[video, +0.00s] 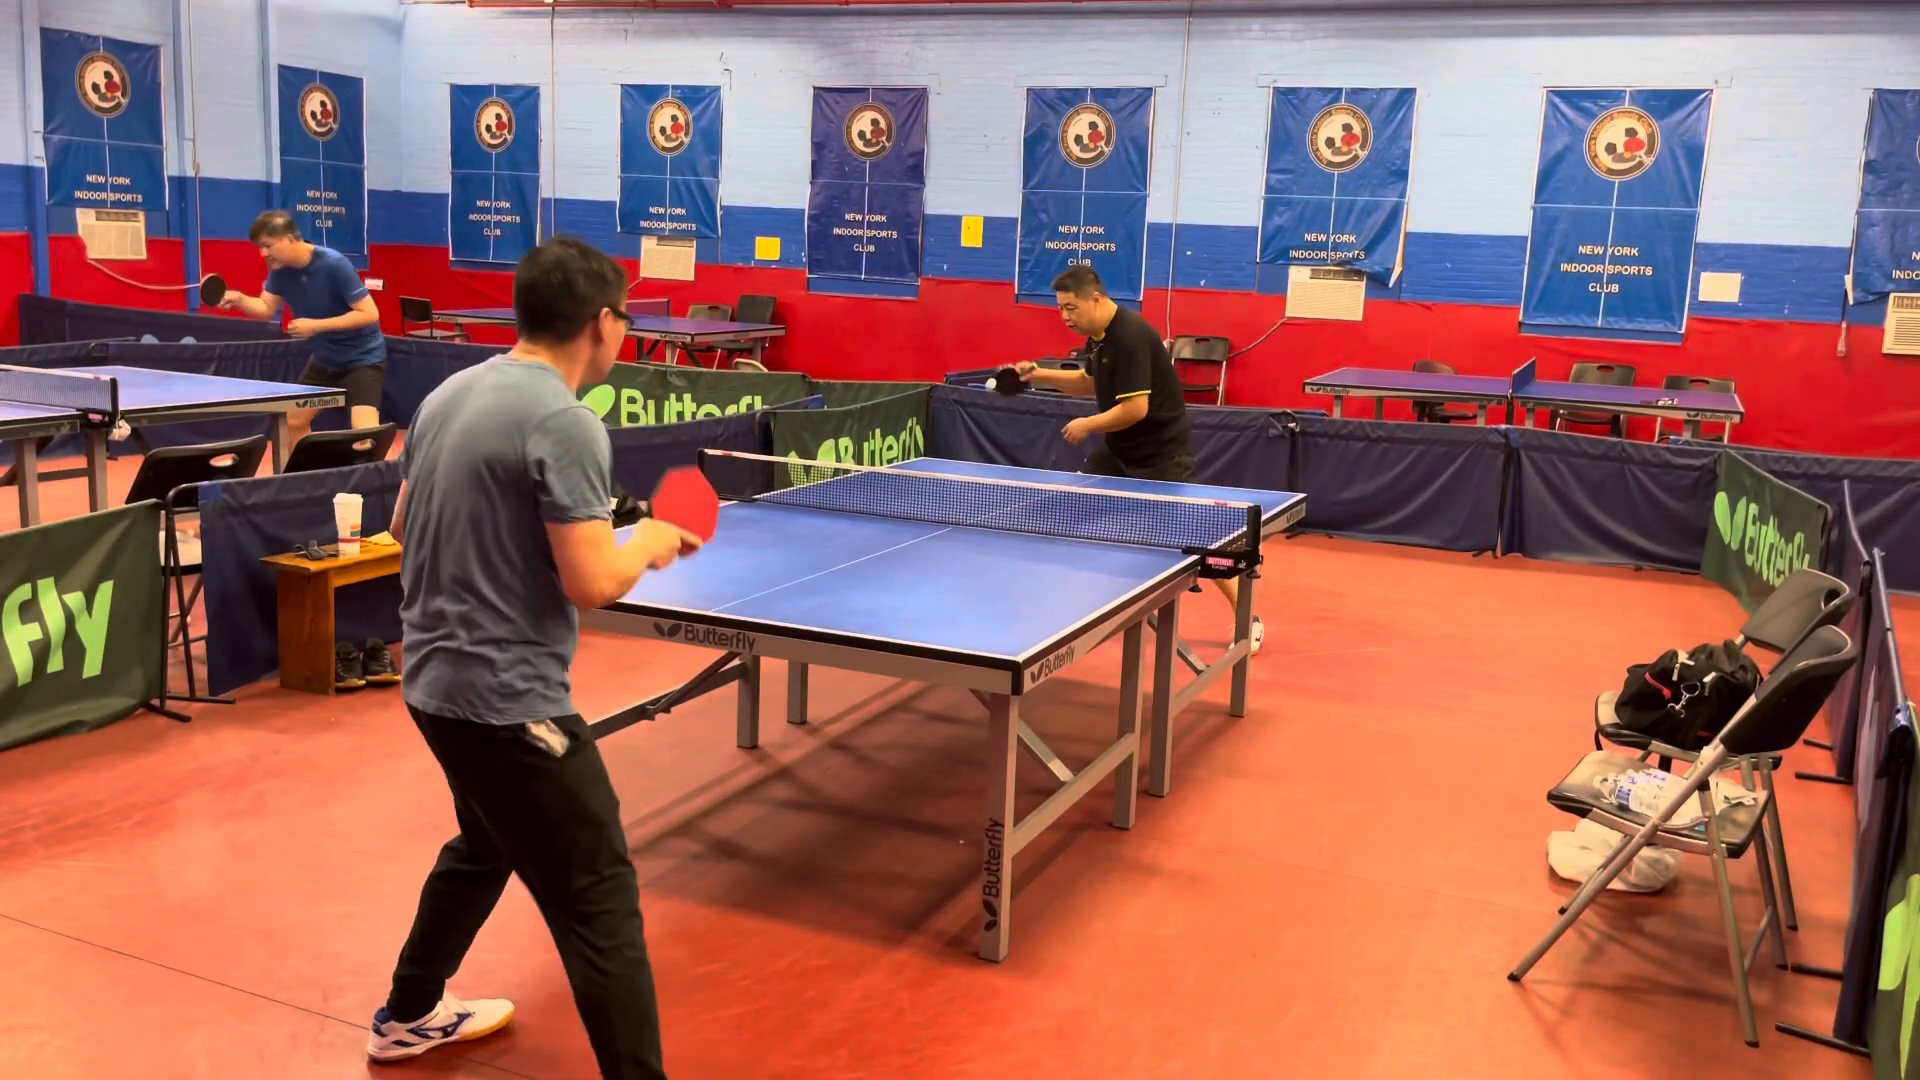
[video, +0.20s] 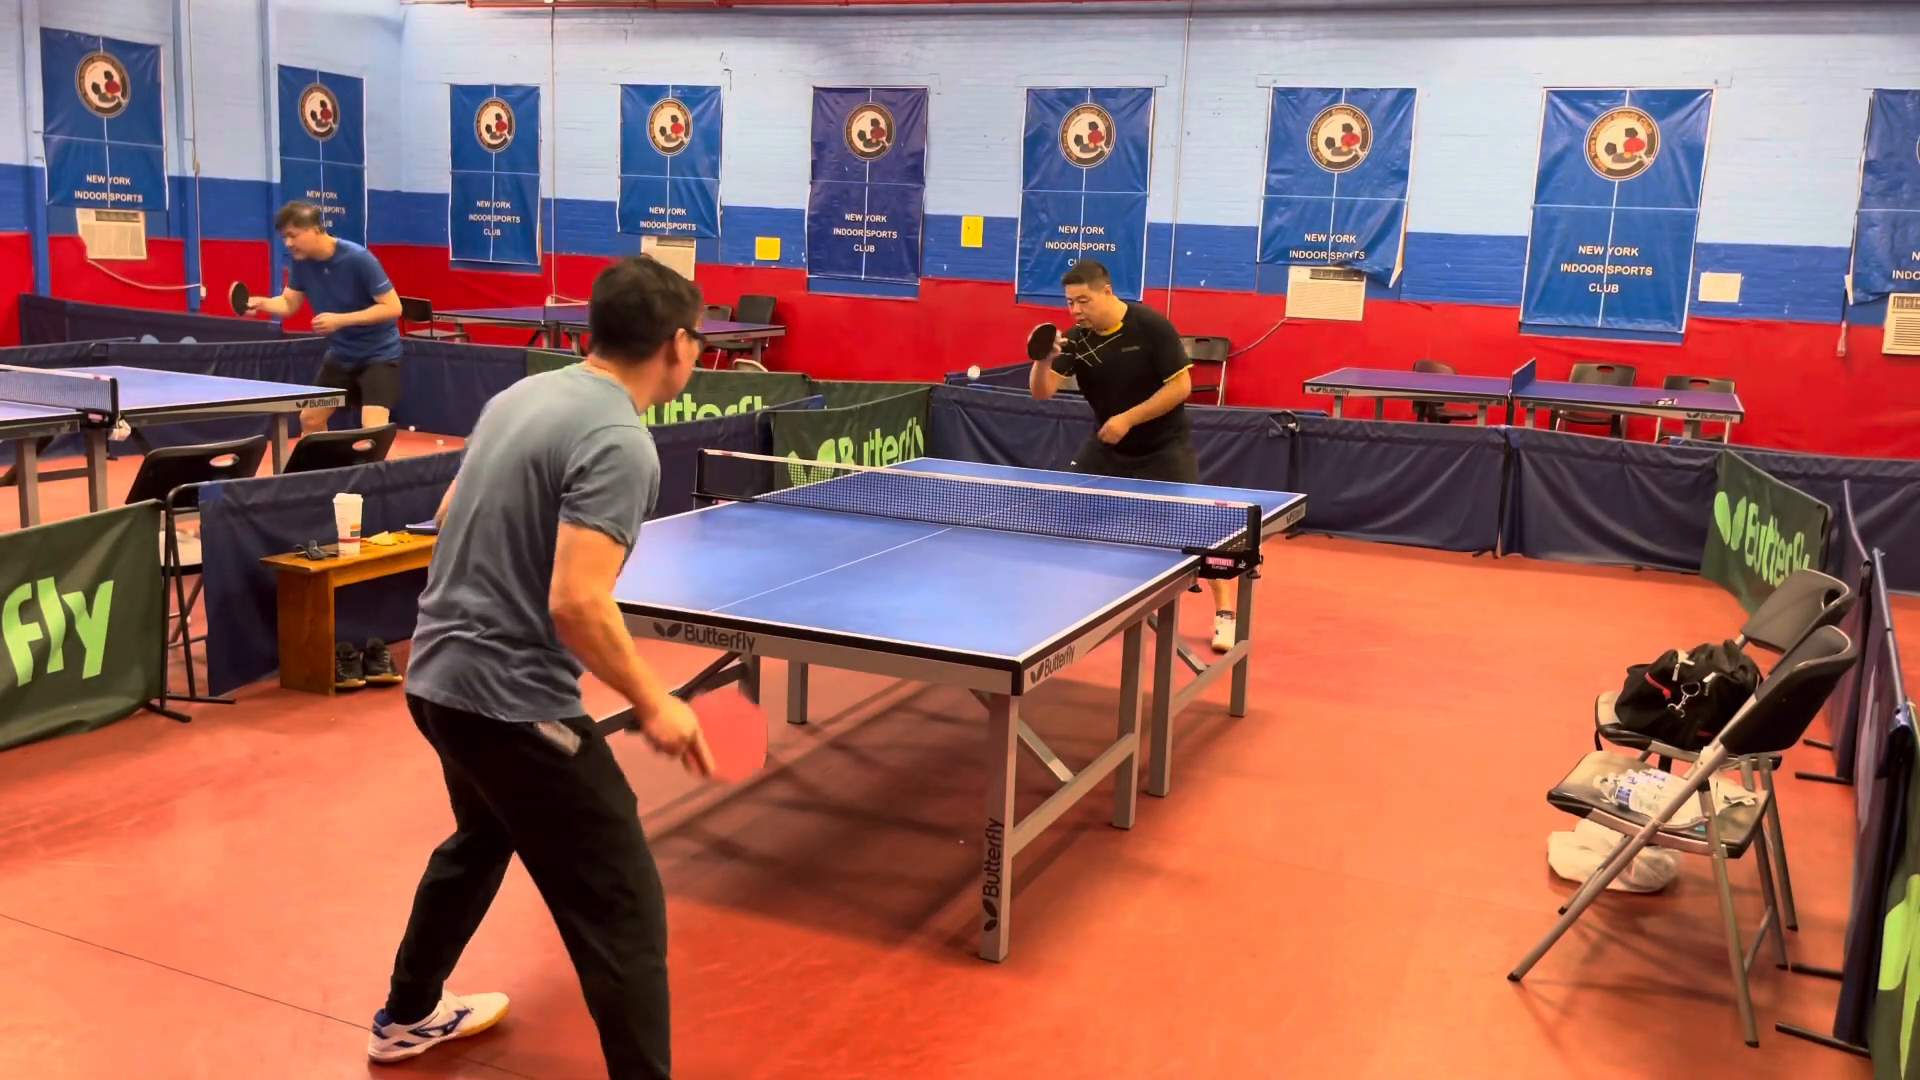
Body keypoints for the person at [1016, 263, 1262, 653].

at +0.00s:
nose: (1065, 317)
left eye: (1071, 308)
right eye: (1061, 309)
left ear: (1098, 300)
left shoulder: (1130, 336)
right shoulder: (1099, 334)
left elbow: (1136, 407)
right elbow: (1093, 382)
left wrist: (1088, 424)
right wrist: (1038, 375)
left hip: (1161, 459)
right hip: (1116, 454)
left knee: (1196, 534)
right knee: (1065, 510)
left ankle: (1247, 619)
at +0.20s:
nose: (1075, 311)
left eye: (1081, 301)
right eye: (1070, 303)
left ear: (1105, 292)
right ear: (1070, 302)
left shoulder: (1150, 325)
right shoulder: (1077, 340)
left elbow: (1181, 385)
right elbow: (1041, 392)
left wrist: (1127, 419)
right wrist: (1043, 357)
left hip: (1165, 450)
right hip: (1107, 448)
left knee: (1196, 522)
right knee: (1055, 505)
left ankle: (1224, 611)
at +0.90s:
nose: (1058, 321)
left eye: (1065, 312)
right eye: (1053, 312)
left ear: (1091, 304)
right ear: (1050, 310)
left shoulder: (1114, 344)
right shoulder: (1095, 334)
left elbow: (1105, 417)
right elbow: (1099, 380)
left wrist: (1064, 417)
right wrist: (1063, 394)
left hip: (1142, 459)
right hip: (1103, 452)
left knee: (1168, 534)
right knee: (1053, 509)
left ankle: (1226, 610)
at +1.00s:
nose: (1066, 322)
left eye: (1072, 312)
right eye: (1062, 313)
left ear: (1099, 303)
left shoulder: (1128, 341)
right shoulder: (1102, 332)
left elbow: (1120, 415)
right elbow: (1104, 375)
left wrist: (1081, 413)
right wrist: (1060, 374)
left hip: (1150, 455)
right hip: (1107, 447)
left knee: (1176, 530)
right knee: (1062, 509)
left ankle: (1220, 614)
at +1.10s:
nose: (1088, 317)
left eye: (1093, 308)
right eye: (1085, 309)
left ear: (1120, 297)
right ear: (1089, 305)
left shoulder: (1162, 335)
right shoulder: (1099, 335)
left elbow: (1162, 407)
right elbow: (1079, 388)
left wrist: (1111, 413)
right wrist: (1070, 362)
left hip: (1163, 453)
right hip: (1112, 449)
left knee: (1185, 531)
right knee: (1066, 510)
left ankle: (1218, 616)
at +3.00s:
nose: (1097, 325)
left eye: (1105, 315)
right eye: (1091, 317)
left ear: (1126, 307)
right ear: (1086, 315)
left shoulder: (1167, 339)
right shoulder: (1088, 348)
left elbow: (1193, 399)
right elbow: (1069, 414)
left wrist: (1138, 422)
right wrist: (1081, 383)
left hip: (1163, 452)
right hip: (1105, 450)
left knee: (1197, 519)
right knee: (1049, 500)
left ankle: (1230, 605)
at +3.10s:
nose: (1116, 327)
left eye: (1124, 318)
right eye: (1110, 318)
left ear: (1145, 312)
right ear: (1102, 316)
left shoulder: (1176, 344)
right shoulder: (1095, 354)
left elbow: (1201, 400)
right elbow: (1083, 421)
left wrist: (1157, 427)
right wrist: (1094, 397)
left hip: (1167, 455)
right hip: (1106, 452)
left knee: (1200, 521)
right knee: (1060, 510)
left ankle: (1231, 606)